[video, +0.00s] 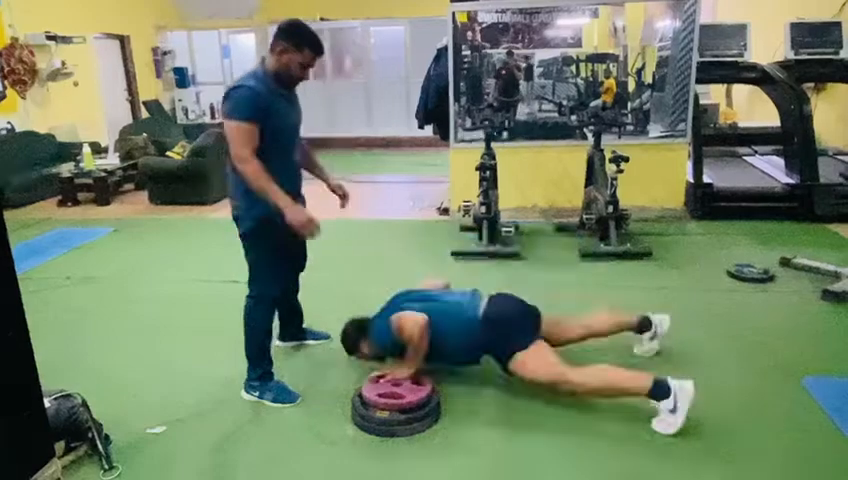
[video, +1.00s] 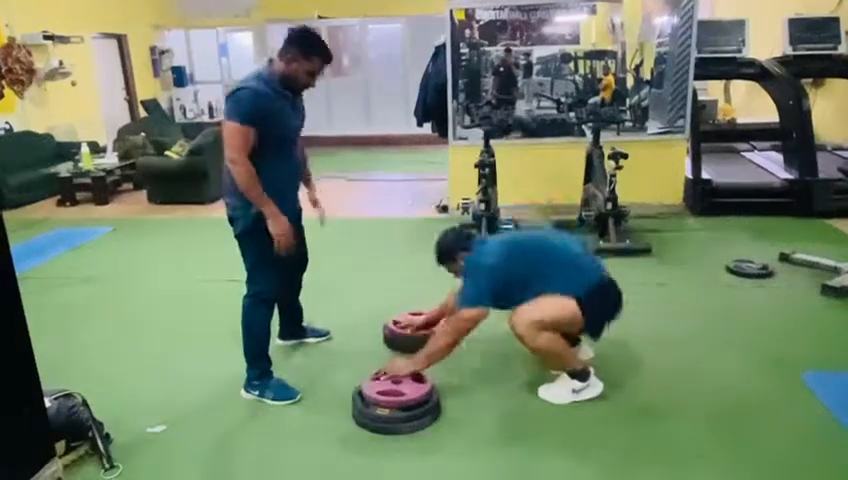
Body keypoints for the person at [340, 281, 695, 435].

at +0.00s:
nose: (367, 360)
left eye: (362, 356)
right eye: (363, 357)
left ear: (364, 343)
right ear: (369, 325)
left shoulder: (383, 329)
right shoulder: (398, 302)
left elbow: (417, 324)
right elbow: (441, 284)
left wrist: (408, 365)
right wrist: (437, 315)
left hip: (496, 331)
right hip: (501, 303)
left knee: (564, 378)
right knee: (572, 330)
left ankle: (665, 390)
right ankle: (646, 323)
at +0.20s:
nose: (353, 302)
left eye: (348, 298)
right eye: (350, 299)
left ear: (351, 289)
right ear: (359, 272)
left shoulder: (376, 286)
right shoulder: (387, 268)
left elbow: (411, 320)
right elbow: (430, 312)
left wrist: (410, 368)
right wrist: (408, 338)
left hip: (491, 321)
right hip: (497, 296)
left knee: (561, 372)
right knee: (566, 326)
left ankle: (662, 389)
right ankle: (641, 319)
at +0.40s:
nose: (374, 268)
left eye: (370, 263)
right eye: (370, 265)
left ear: (373, 251)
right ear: (381, 234)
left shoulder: (400, 261)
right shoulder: (418, 234)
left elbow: (412, 322)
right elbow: (425, 299)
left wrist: (410, 364)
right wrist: (410, 331)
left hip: (486, 336)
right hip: (495, 310)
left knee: (554, 379)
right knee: (554, 336)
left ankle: (651, 385)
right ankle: (634, 324)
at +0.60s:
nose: (377, 264)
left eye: (373, 259)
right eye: (373, 261)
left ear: (374, 247)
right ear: (378, 234)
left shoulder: (403, 252)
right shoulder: (410, 231)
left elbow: (412, 312)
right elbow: (426, 293)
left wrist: (407, 362)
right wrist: (415, 329)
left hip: (510, 292)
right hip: (514, 271)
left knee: (571, 355)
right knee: (576, 313)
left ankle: (672, 387)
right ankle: (647, 320)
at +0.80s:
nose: (421, 269)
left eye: (416, 265)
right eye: (417, 266)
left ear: (419, 253)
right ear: (420, 242)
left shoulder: (443, 249)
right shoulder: (443, 236)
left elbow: (441, 313)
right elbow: (444, 300)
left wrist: (411, 363)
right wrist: (428, 325)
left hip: (560, 237)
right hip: (557, 223)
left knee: (518, 321)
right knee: (544, 289)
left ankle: (591, 375)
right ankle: (587, 325)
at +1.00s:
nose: (454, 275)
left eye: (452, 269)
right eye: (451, 270)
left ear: (461, 259)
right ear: (468, 248)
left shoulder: (482, 268)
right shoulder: (486, 250)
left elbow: (452, 333)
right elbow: (463, 292)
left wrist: (413, 364)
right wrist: (431, 318)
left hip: (594, 297)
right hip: (591, 281)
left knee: (524, 323)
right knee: (530, 304)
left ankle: (582, 379)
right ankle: (575, 345)